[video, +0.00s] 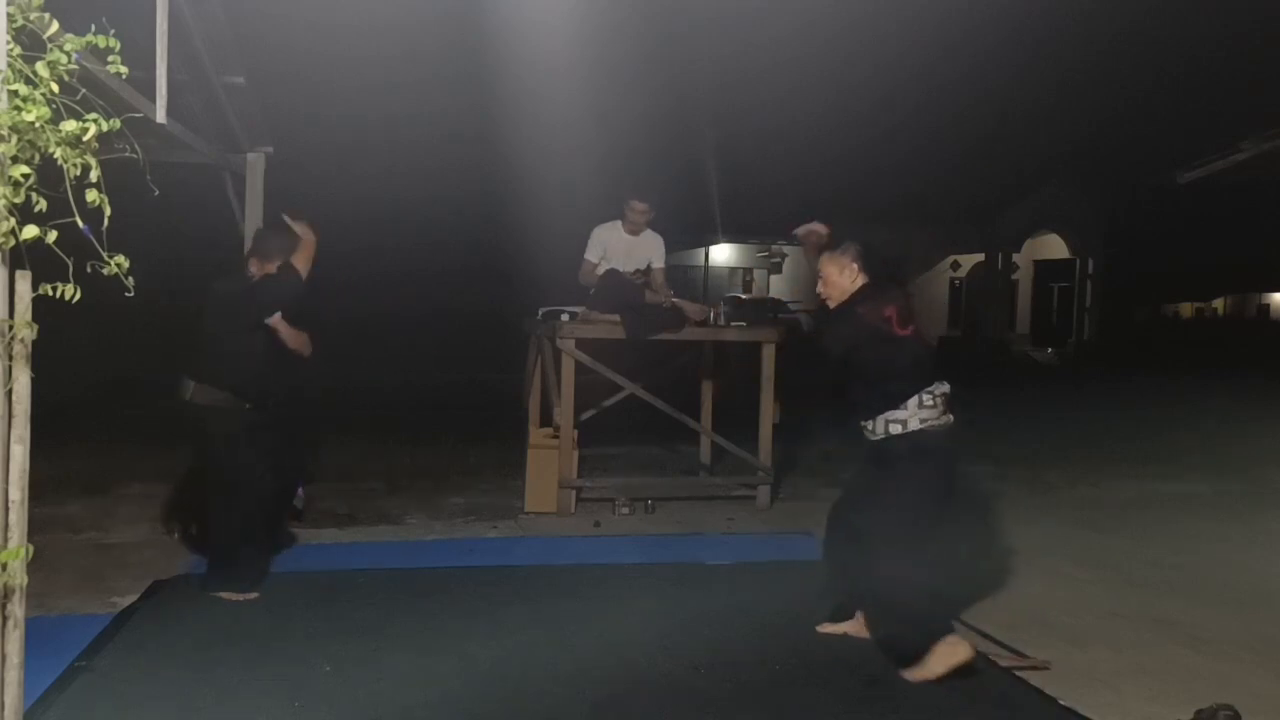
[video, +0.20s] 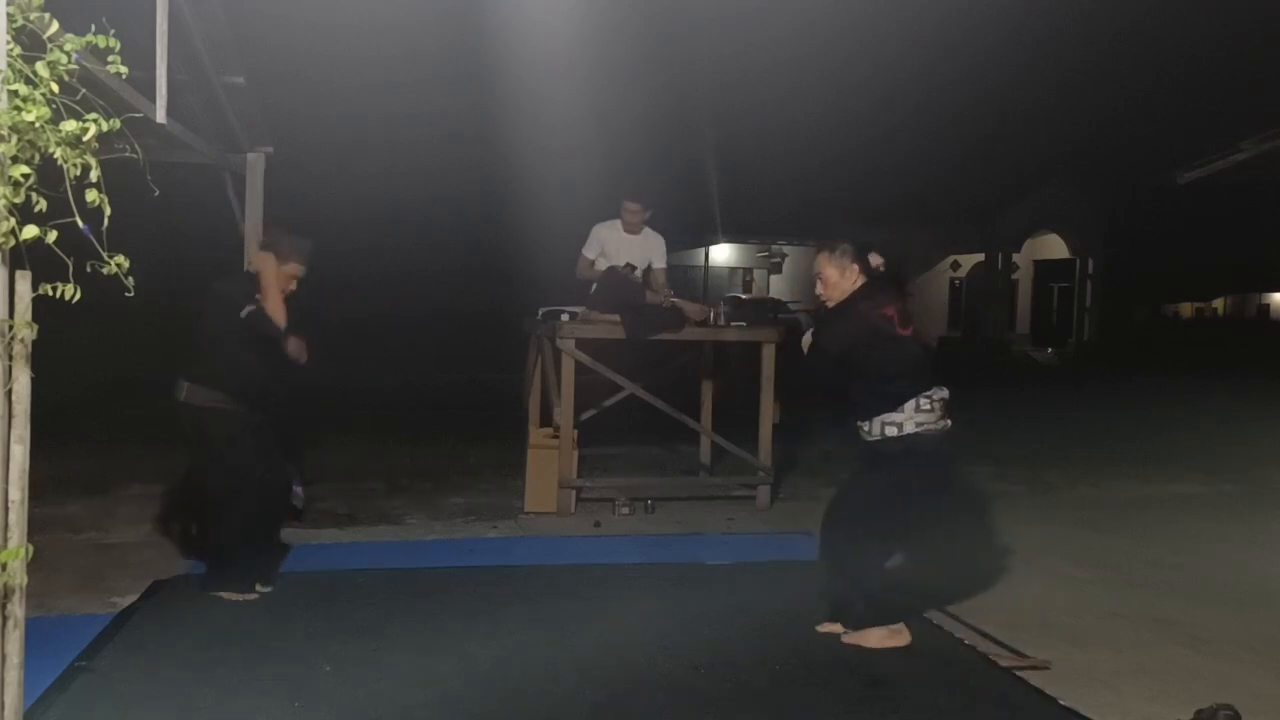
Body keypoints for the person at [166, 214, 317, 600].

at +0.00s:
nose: (283, 276)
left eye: (285, 270)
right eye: (280, 270)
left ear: (255, 260)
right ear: (260, 264)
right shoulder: (236, 294)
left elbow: (307, 347)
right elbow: (290, 280)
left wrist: (290, 334)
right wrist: (309, 241)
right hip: (226, 408)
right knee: (241, 491)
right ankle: (229, 579)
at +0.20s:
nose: (292, 287)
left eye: (297, 280)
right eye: (291, 276)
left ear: (283, 269)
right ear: (267, 264)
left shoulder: (257, 296)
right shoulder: (236, 293)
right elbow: (271, 330)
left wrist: (289, 344)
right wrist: (267, 276)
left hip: (233, 404)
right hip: (213, 406)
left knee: (261, 480)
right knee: (238, 486)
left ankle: (255, 567)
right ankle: (227, 576)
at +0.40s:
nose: (280, 275)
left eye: (283, 268)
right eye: (276, 266)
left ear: (261, 262)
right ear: (248, 257)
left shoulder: (253, 294)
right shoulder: (223, 291)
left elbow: (280, 340)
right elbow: (268, 341)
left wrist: (276, 317)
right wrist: (300, 292)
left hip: (238, 403)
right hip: (208, 406)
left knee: (260, 484)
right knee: (230, 488)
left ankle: (256, 571)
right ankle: (226, 578)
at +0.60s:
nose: (256, 269)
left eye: (259, 261)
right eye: (250, 259)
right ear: (222, 254)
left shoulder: (225, 289)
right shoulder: (202, 290)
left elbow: (268, 329)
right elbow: (264, 334)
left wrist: (242, 291)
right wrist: (303, 289)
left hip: (225, 404)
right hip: (189, 405)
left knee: (244, 482)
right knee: (190, 486)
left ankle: (237, 571)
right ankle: (173, 575)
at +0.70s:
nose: (229, 268)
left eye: (232, 260)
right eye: (223, 259)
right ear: (194, 253)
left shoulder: (202, 289)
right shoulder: (181, 294)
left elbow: (213, 340)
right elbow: (236, 341)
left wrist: (241, 317)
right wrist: (301, 324)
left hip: (205, 410)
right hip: (173, 414)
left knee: (233, 486)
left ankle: (236, 572)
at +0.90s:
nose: (148, 270)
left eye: (152, 260)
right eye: (141, 259)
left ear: (154, 259)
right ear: (112, 254)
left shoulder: (149, 301)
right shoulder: (86, 303)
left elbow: (195, 345)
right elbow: (100, 375)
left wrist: (246, 382)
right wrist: (142, 423)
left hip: (130, 424)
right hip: (80, 427)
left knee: (178, 493)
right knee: (59, 512)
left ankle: (223, 571)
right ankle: (16, 578)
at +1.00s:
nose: (117, 264)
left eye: (122, 256)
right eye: (109, 254)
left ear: (127, 255)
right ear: (79, 252)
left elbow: (172, 348)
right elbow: (44, 375)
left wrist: (218, 382)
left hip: (127, 424)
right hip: (72, 427)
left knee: (156, 497)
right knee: (49, 515)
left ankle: (202, 567)